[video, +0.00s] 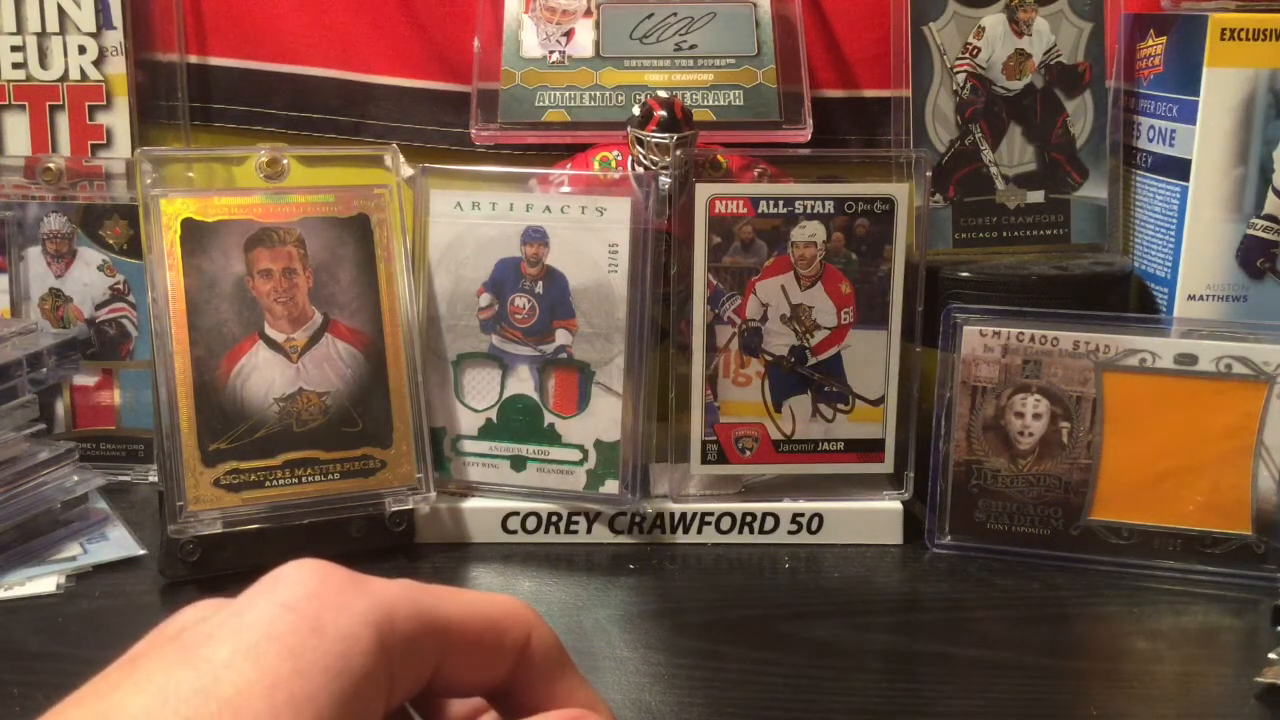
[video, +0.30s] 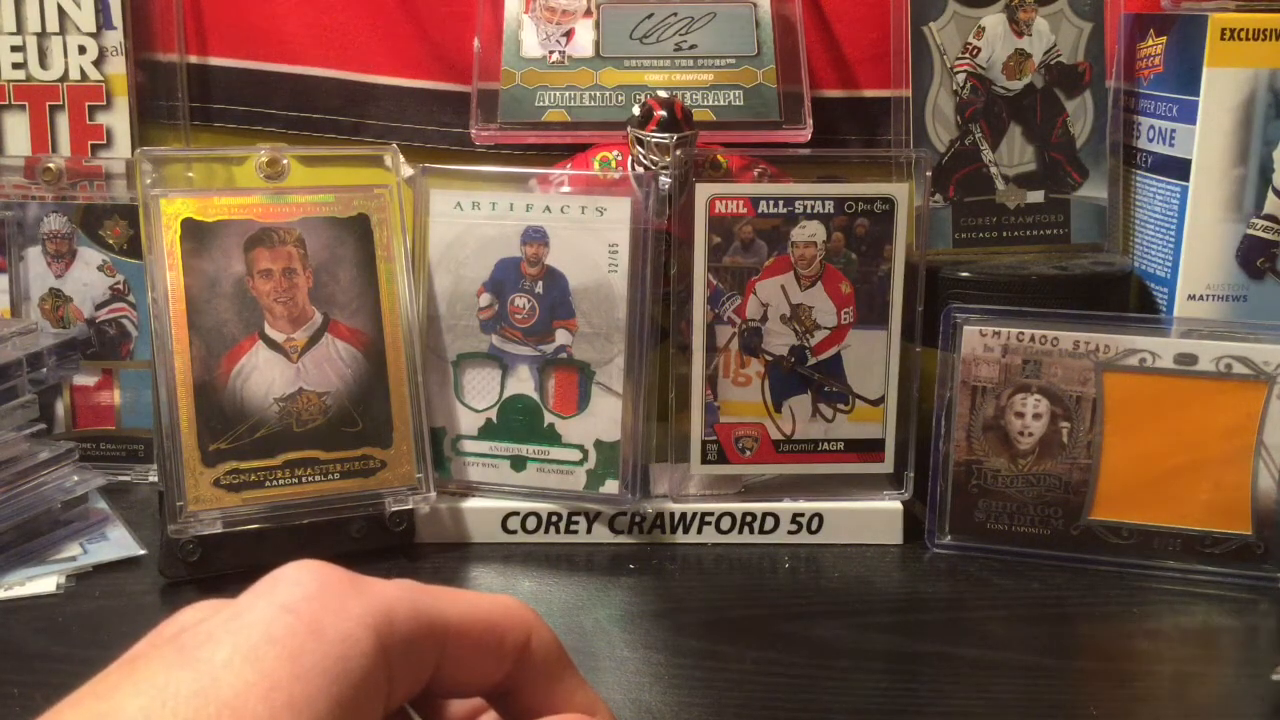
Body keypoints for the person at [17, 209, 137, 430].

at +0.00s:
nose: (56, 246)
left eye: (62, 240)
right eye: (51, 241)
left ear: (72, 240)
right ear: (43, 242)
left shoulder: (95, 264)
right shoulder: (27, 260)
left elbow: (120, 301)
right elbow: (11, 305)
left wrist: (108, 333)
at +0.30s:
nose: (57, 245)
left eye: (62, 239)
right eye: (51, 240)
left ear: (72, 239)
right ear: (43, 242)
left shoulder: (95, 264)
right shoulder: (27, 261)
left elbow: (120, 303)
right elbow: (10, 305)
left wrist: (108, 333)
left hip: (88, 362)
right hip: (39, 359)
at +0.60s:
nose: (57, 245)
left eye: (62, 239)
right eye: (51, 240)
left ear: (72, 239)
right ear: (43, 241)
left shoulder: (96, 264)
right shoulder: (27, 261)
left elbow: (121, 304)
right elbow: (12, 306)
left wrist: (107, 333)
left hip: (88, 364)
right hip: (40, 361)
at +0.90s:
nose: (57, 246)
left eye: (62, 240)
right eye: (51, 240)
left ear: (72, 240)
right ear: (43, 242)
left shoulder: (96, 264)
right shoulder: (27, 261)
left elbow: (120, 304)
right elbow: (11, 306)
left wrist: (108, 333)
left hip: (87, 360)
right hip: (39, 358)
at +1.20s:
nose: (57, 246)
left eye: (62, 239)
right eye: (51, 240)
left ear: (72, 240)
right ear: (43, 242)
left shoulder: (96, 264)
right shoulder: (27, 261)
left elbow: (120, 304)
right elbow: (13, 308)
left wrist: (108, 334)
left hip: (87, 360)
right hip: (39, 358)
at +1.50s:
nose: (57, 246)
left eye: (62, 239)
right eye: (51, 240)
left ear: (72, 239)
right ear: (43, 242)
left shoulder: (96, 264)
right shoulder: (27, 261)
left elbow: (120, 304)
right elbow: (13, 308)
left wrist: (108, 334)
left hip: (88, 361)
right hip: (40, 358)